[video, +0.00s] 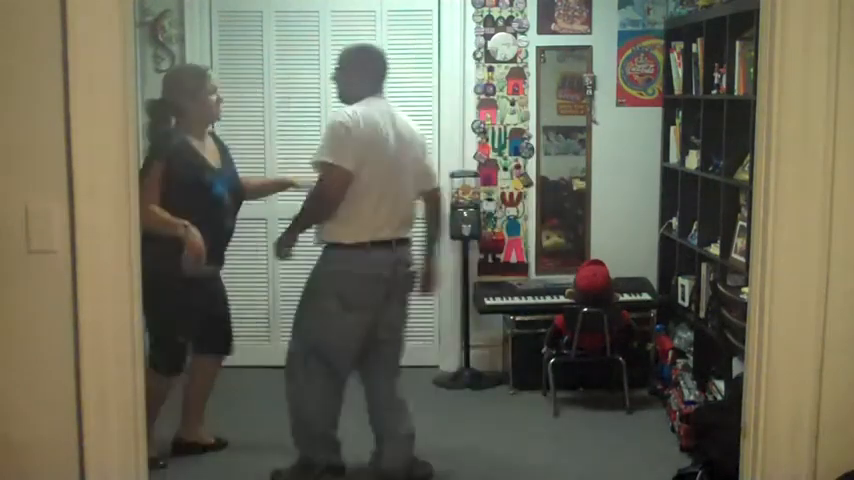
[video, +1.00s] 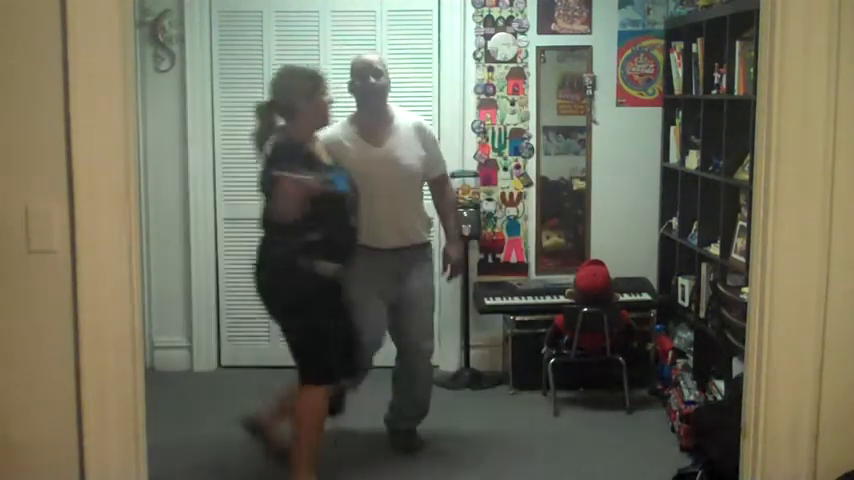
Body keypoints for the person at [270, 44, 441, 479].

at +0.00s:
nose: (335, 78)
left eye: (341, 71)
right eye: (337, 71)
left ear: (359, 74)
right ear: (378, 75)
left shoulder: (347, 121)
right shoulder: (407, 128)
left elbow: (329, 191)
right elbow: (434, 197)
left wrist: (293, 230)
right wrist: (431, 258)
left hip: (349, 264)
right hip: (396, 262)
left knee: (312, 359)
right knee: (382, 365)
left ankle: (318, 459)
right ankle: (396, 458)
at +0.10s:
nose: (321, 83)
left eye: (327, 76)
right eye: (323, 76)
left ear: (347, 78)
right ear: (361, 79)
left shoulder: (354, 124)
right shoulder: (379, 123)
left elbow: (342, 199)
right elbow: (401, 200)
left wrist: (289, 245)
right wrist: (377, 236)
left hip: (349, 263)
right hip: (374, 262)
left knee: (309, 352)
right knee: (339, 352)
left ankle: (316, 455)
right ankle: (402, 429)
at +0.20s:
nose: (308, 84)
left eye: (317, 77)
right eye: (310, 77)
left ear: (343, 81)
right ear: (343, 82)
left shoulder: (361, 123)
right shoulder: (355, 122)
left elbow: (363, 196)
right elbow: (358, 197)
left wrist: (317, 258)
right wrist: (318, 255)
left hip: (356, 263)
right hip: (354, 261)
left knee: (312, 362)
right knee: (325, 358)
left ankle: (317, 458)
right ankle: (380, 424)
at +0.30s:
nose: (303, 84)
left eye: (311, 77)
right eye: (304, 77)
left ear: (339, 81)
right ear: (325, 84)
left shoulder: (368, 125)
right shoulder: (331, 130)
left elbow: (385, 193)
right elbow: (313, 191)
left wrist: (367, 269)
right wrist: (267, 219)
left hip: (365, 260)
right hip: (336, 257)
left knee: (328, 356)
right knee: (319, 346)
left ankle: (321, 457)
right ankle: (361, 426)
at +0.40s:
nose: (303, 84)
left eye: (312, 77)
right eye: (303, 77)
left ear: (339, 82)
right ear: (307, 85)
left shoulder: (372, 123)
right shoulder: (305, 141)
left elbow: (409, 185)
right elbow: (265, 181)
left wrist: (413, 254)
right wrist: (221, 178)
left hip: (383, 253)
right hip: (341, 255)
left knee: (347, 353)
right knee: (327, 348)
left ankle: (326, 457)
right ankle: (367, 429)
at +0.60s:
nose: (325, 73)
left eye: (334, 65)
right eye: (318, 65)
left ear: (349, 72)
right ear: (309, 74)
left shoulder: (387, 118)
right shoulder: (297, 138)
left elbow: (432, 163)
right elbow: (252, 178)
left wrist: (460, 219)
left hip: (398, 242)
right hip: (348, 245)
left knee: (382, 340)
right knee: (342, 345)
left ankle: (392, 440)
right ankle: (361, 434)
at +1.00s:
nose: (370, 83)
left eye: (377, 75)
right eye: (361, 77)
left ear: (389, 82)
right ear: (350, 87)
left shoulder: (416, 130)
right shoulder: (333, 142)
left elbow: (440, 185)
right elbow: (316, 201)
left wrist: (454, 238)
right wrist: (320, 255)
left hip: (414, 256)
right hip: (362, 258)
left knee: (418, 348)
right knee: (365, 337)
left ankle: (404, 425)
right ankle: (337, 384)